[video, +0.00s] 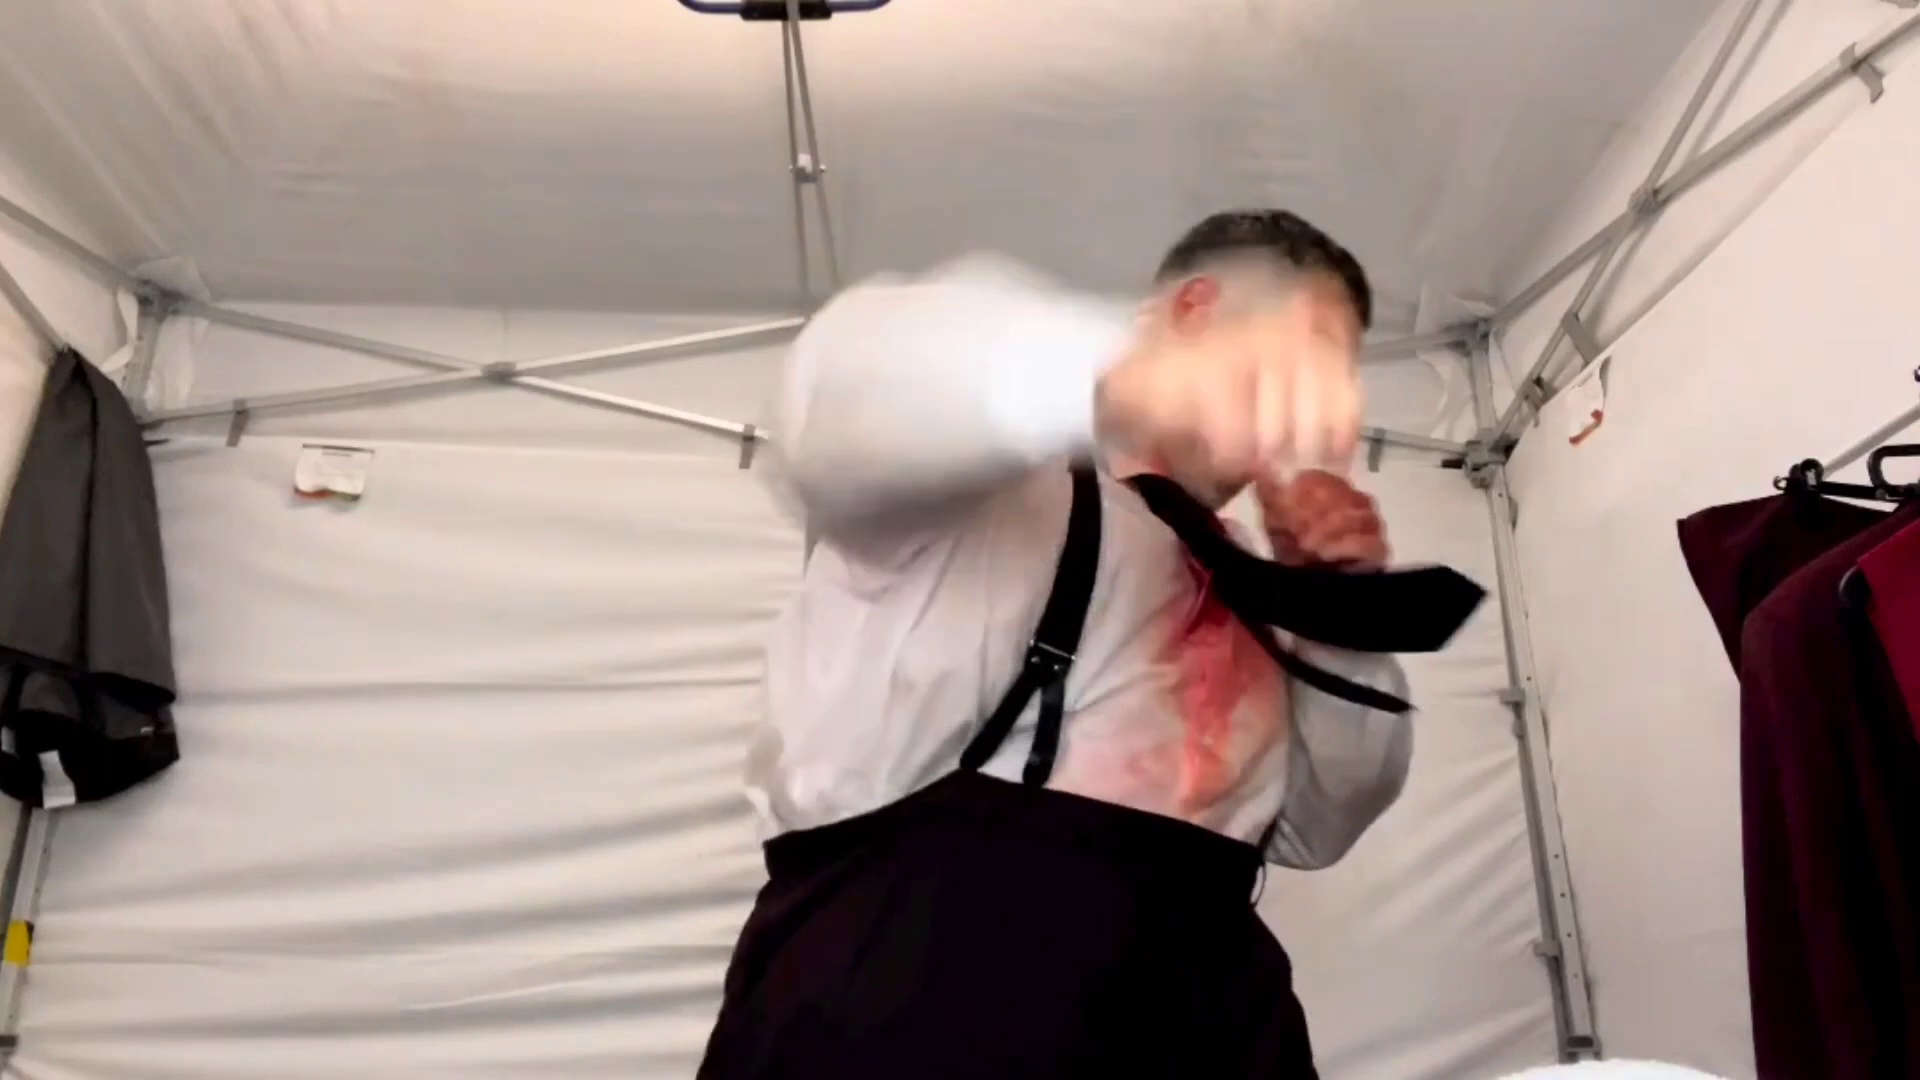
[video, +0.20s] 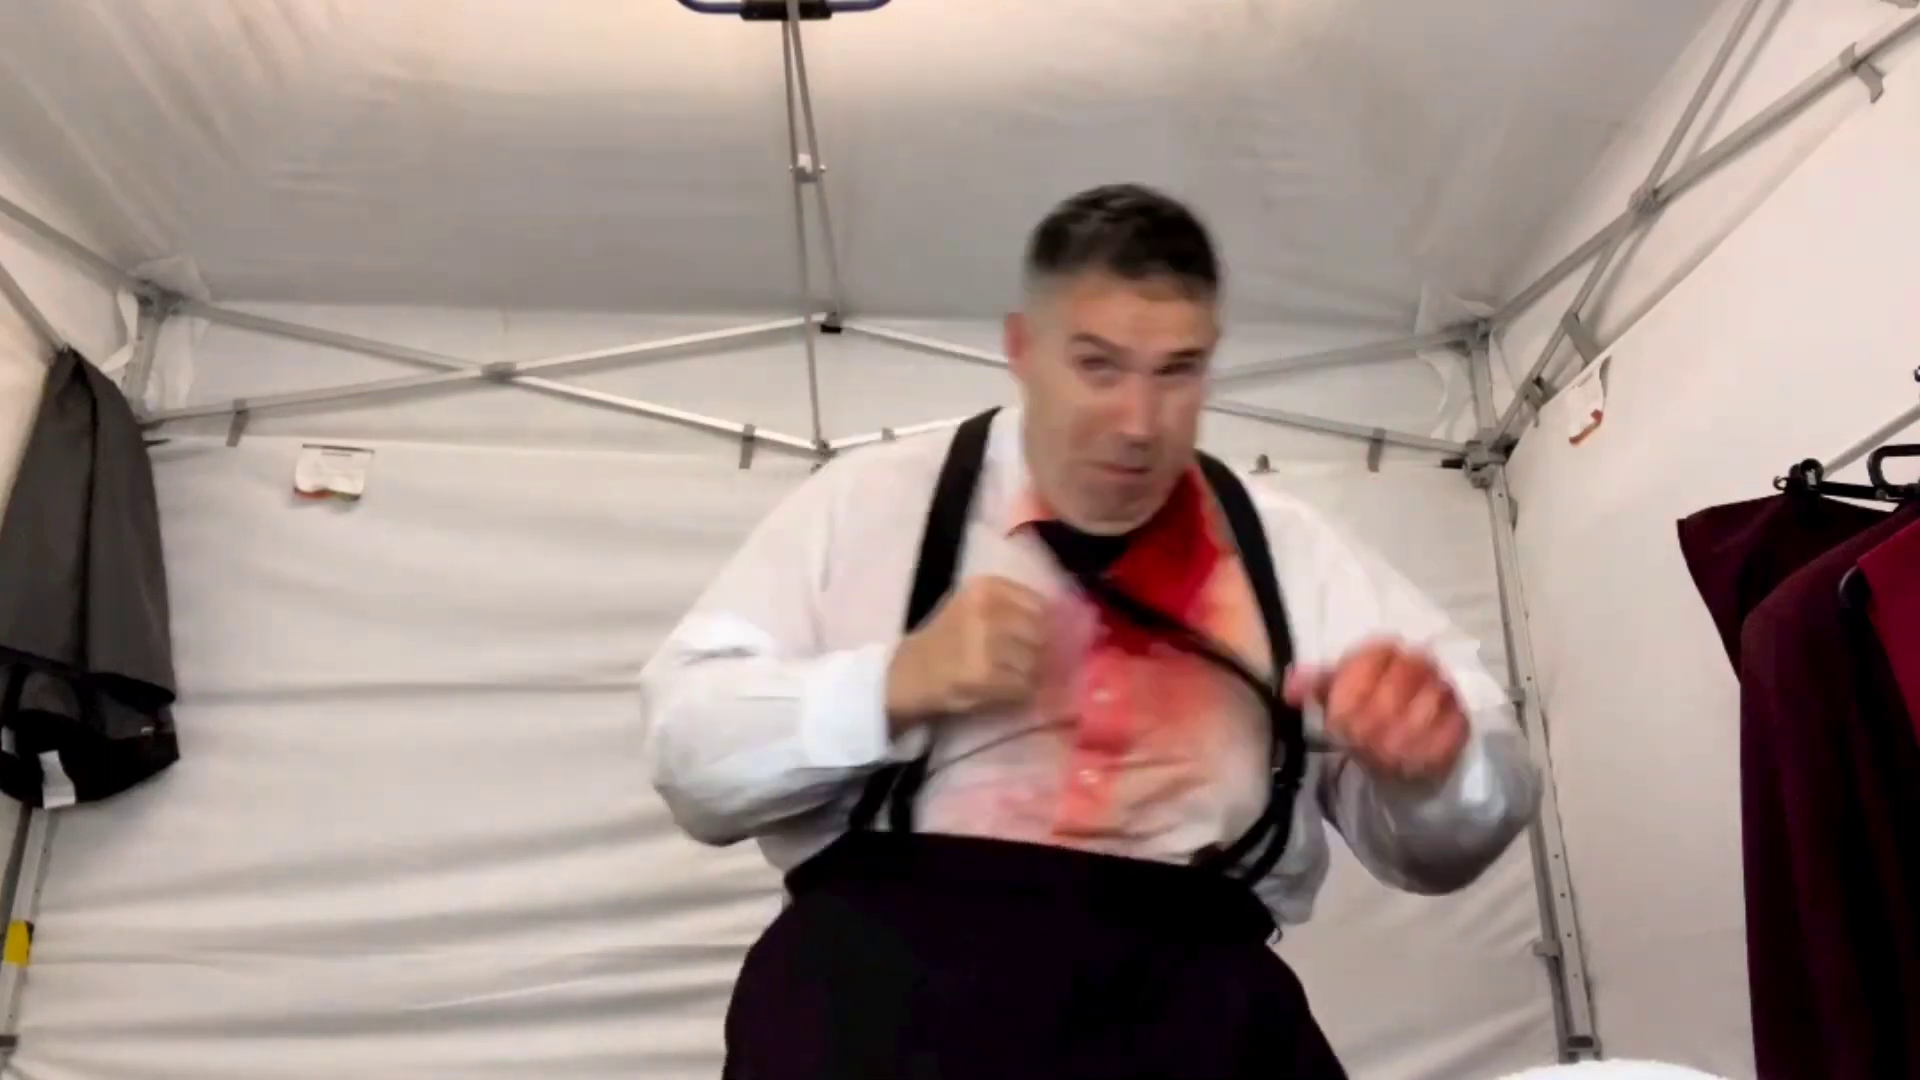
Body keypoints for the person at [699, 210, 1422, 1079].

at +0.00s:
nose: (1289, 417)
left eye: (1319, 381)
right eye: (1275, 358)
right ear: (1191, 306)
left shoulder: (1257, 587)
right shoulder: (983, 449)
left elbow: (1319, 830)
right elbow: (833, 394)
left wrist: (1341, 616)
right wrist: (1119, 372)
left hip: (1185, 984)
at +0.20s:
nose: (1139, 419)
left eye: (1177, 374)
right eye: (1101, 368)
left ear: (1211, 368)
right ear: (1020, 349)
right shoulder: (864, 506)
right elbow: (690, 755)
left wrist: (1423, 768)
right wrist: (893, 684)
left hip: (1186, 972)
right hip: (899, 943)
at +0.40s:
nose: (852, 429)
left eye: (886, 384)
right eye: (816, 395)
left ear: (948, 388)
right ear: (787, 415)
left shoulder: (1069, 556)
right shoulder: (741, 590)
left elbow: (1269, 726)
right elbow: (598, 839)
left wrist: (1210, 814)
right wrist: (666, 662)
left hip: (1019, 982)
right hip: (786, 996)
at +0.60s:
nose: (780, 312)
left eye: (811, 278)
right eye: (750, 280)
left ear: (863, 298)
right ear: (715, 301)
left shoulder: (965, 452)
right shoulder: (655, 477)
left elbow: (1128, 621)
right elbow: (548, 707)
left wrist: (1009, 614)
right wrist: (562, 601)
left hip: (918, 921)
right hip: (692, 927)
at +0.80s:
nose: (684, 447)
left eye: (714, 412)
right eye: (655, 417)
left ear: (766, 426)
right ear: (626, 437)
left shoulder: (863, 573)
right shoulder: (573, 603)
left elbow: (1025, 721)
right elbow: (483, 842)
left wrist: (934, 771)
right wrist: (475, 775)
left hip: (809, 967)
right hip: (594, 969)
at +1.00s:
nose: (655, 419)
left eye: (684, 385)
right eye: (625, 388)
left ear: (735, 398)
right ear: (594, 404)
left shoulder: (834, 541)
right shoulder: (534, 558)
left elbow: (971, 687)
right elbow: (452, 779)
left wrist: (853, 752)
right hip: (554, 935)